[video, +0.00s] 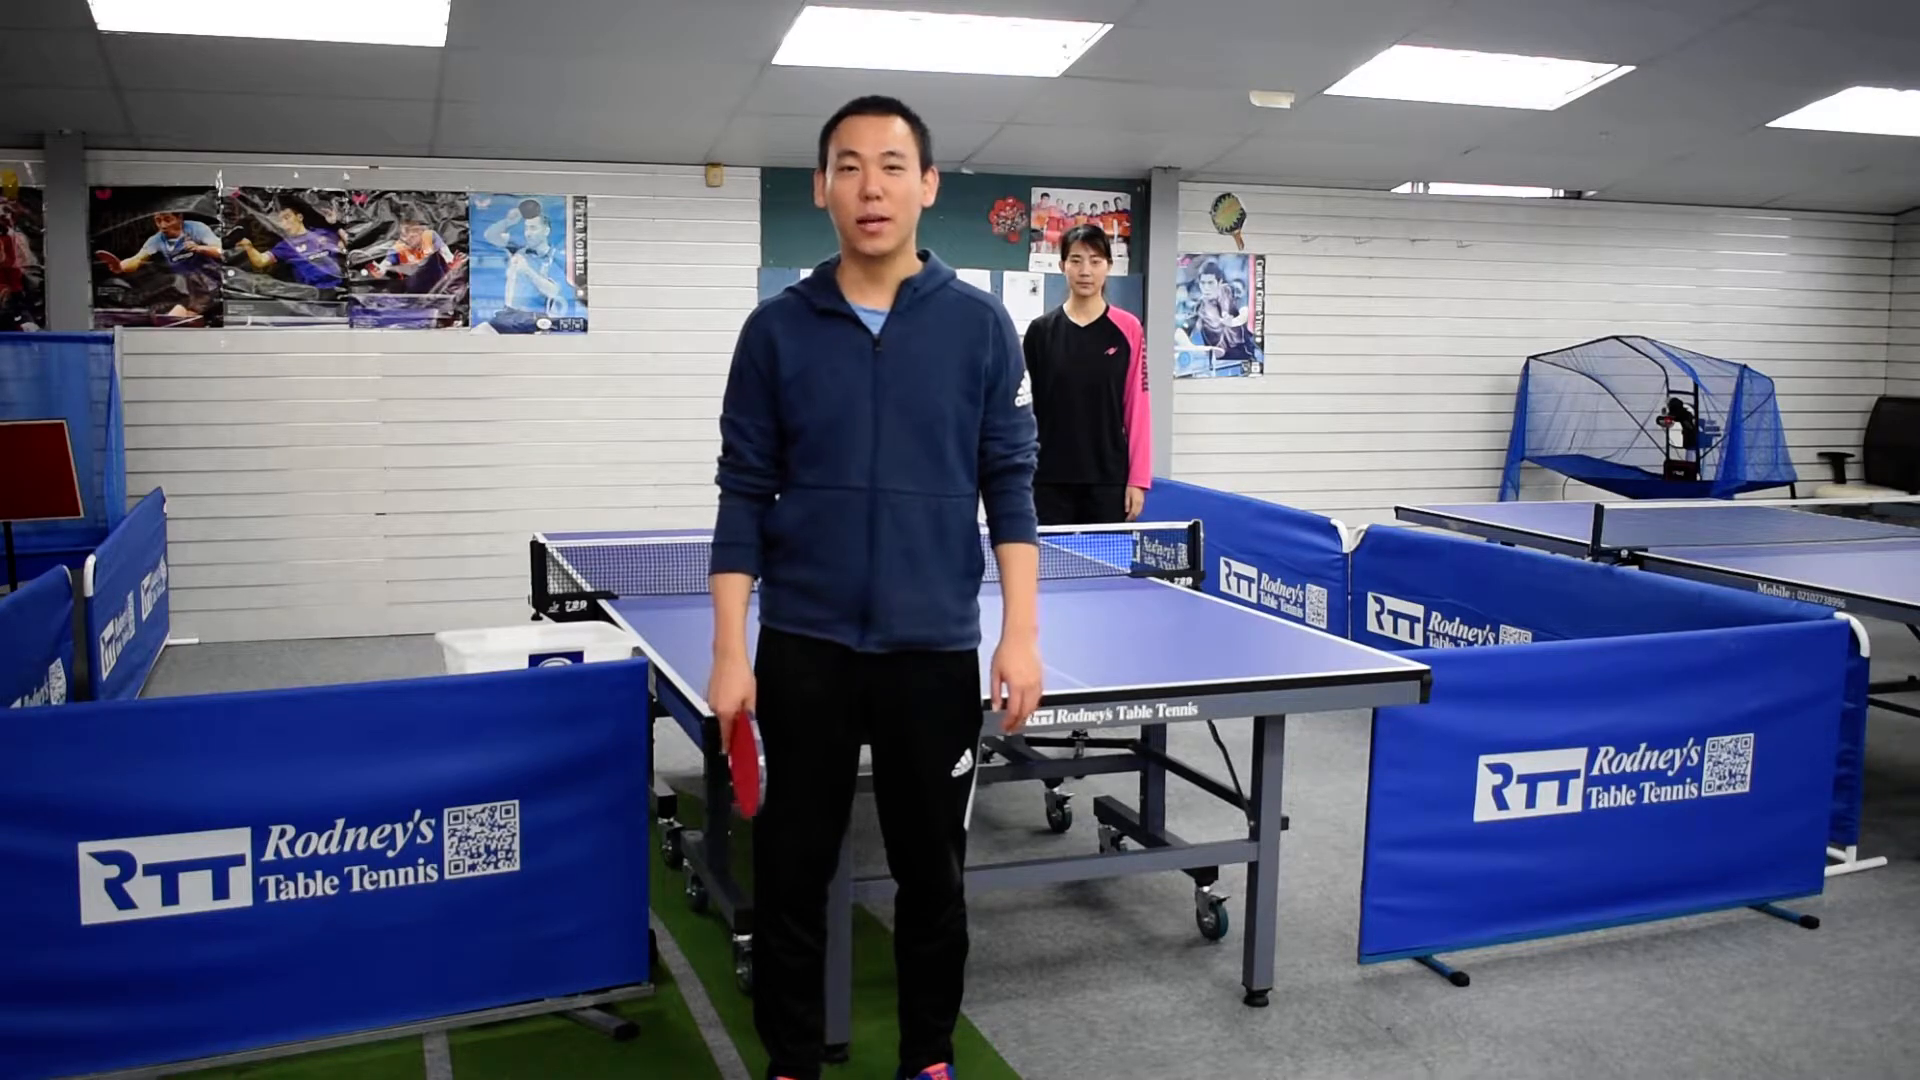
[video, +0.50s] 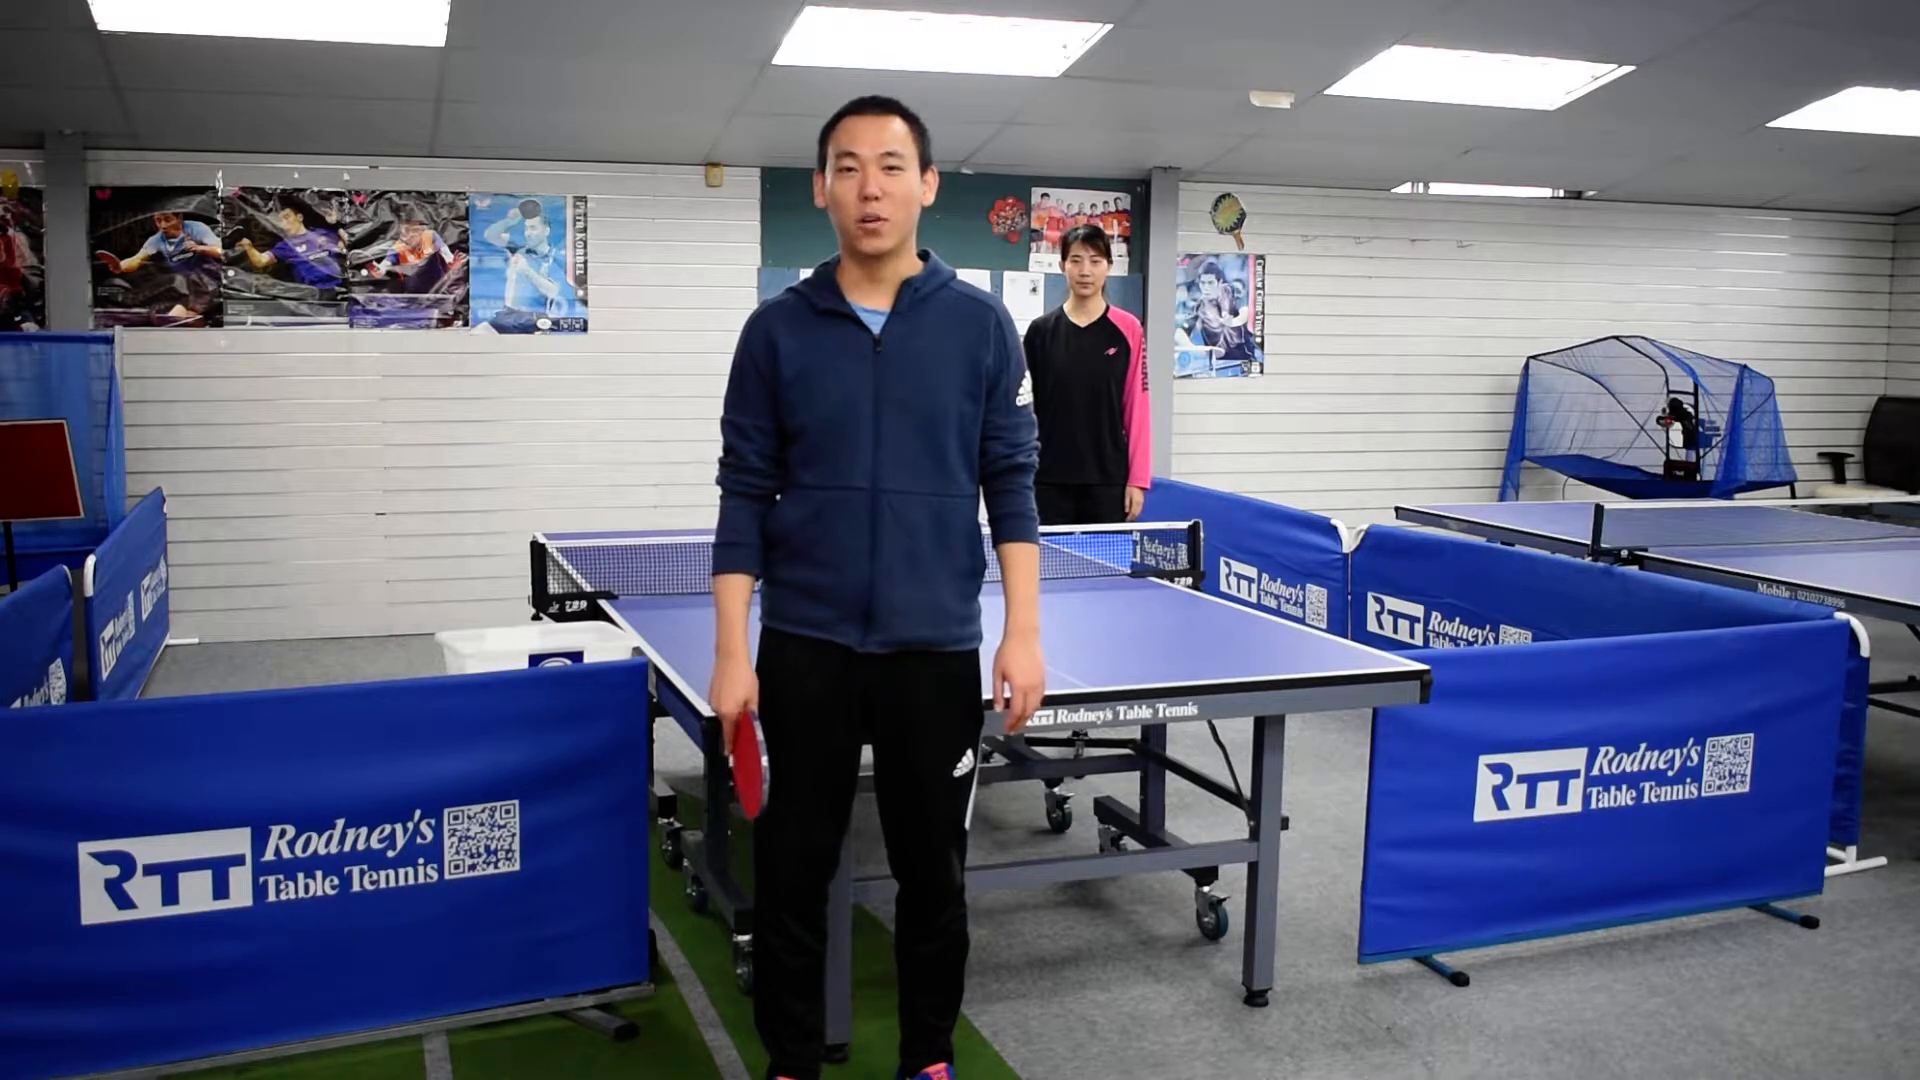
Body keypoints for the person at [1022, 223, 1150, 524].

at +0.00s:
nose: (1085, 271)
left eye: (1095, 262)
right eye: (1076, 261)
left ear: (1108, 268)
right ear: (1063, 266)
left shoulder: (1128, 329)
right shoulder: (1040, 331)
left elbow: (1137, 407)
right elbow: (1023, 405)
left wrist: (1138, 479)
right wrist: (1021, 478)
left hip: (1108, 482)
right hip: (1050, 481)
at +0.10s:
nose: (1085, 271)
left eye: (1095, 262)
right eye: (1076, 261)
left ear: (1108, 268)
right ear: (1063, 266)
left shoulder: (1128, 329)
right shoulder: (1040, 331)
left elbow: (1137, 407)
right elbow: (1023, 405)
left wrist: (1138, 479)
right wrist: (1021, 478)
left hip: (1108, 482)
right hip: (1050, 481)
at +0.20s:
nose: (1085, 271)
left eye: (1095, 262)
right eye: (1076, 261)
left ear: (1108, 267)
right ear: (1063, 266)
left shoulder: (1128, 330)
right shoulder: (1039, 331)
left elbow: (1137, 407)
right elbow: (1023, 405)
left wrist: (1138, 479)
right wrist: (1022, 478)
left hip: (1108, 482)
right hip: (1050, 481)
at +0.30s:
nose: (1085, 271)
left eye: (1095, 262)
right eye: (1076, 261)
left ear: (1108, 268)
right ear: (1063, 266)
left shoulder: (1128, 329)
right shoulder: (1039, 331)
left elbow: (1137, 407)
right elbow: (1023, 405)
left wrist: (1138, 479)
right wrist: (1021, 477)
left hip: (1108, 482)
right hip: (1050, 481)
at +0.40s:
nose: (1085, 271)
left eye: (1095, 262)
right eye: (1076, 261)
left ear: (1108, 267)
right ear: (1063, 266)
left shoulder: (1128, 330)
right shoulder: (1040, 331)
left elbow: (1137, 407)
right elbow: (1023, 404)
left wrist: (1138, 479)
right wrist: (1021, 477)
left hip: (1107, 482)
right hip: (1050, 481)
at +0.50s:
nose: (1085, 271)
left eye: (1095, 262)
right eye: (1076, 261)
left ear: (1108, 268)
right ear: (1063, 266)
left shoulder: (1128, 329)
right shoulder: (1040, 331)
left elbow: (1137, 407)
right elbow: (1023, 404)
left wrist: (1138, 479)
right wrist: (1021, 477)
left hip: (1107, 482)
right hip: (1050, 481)